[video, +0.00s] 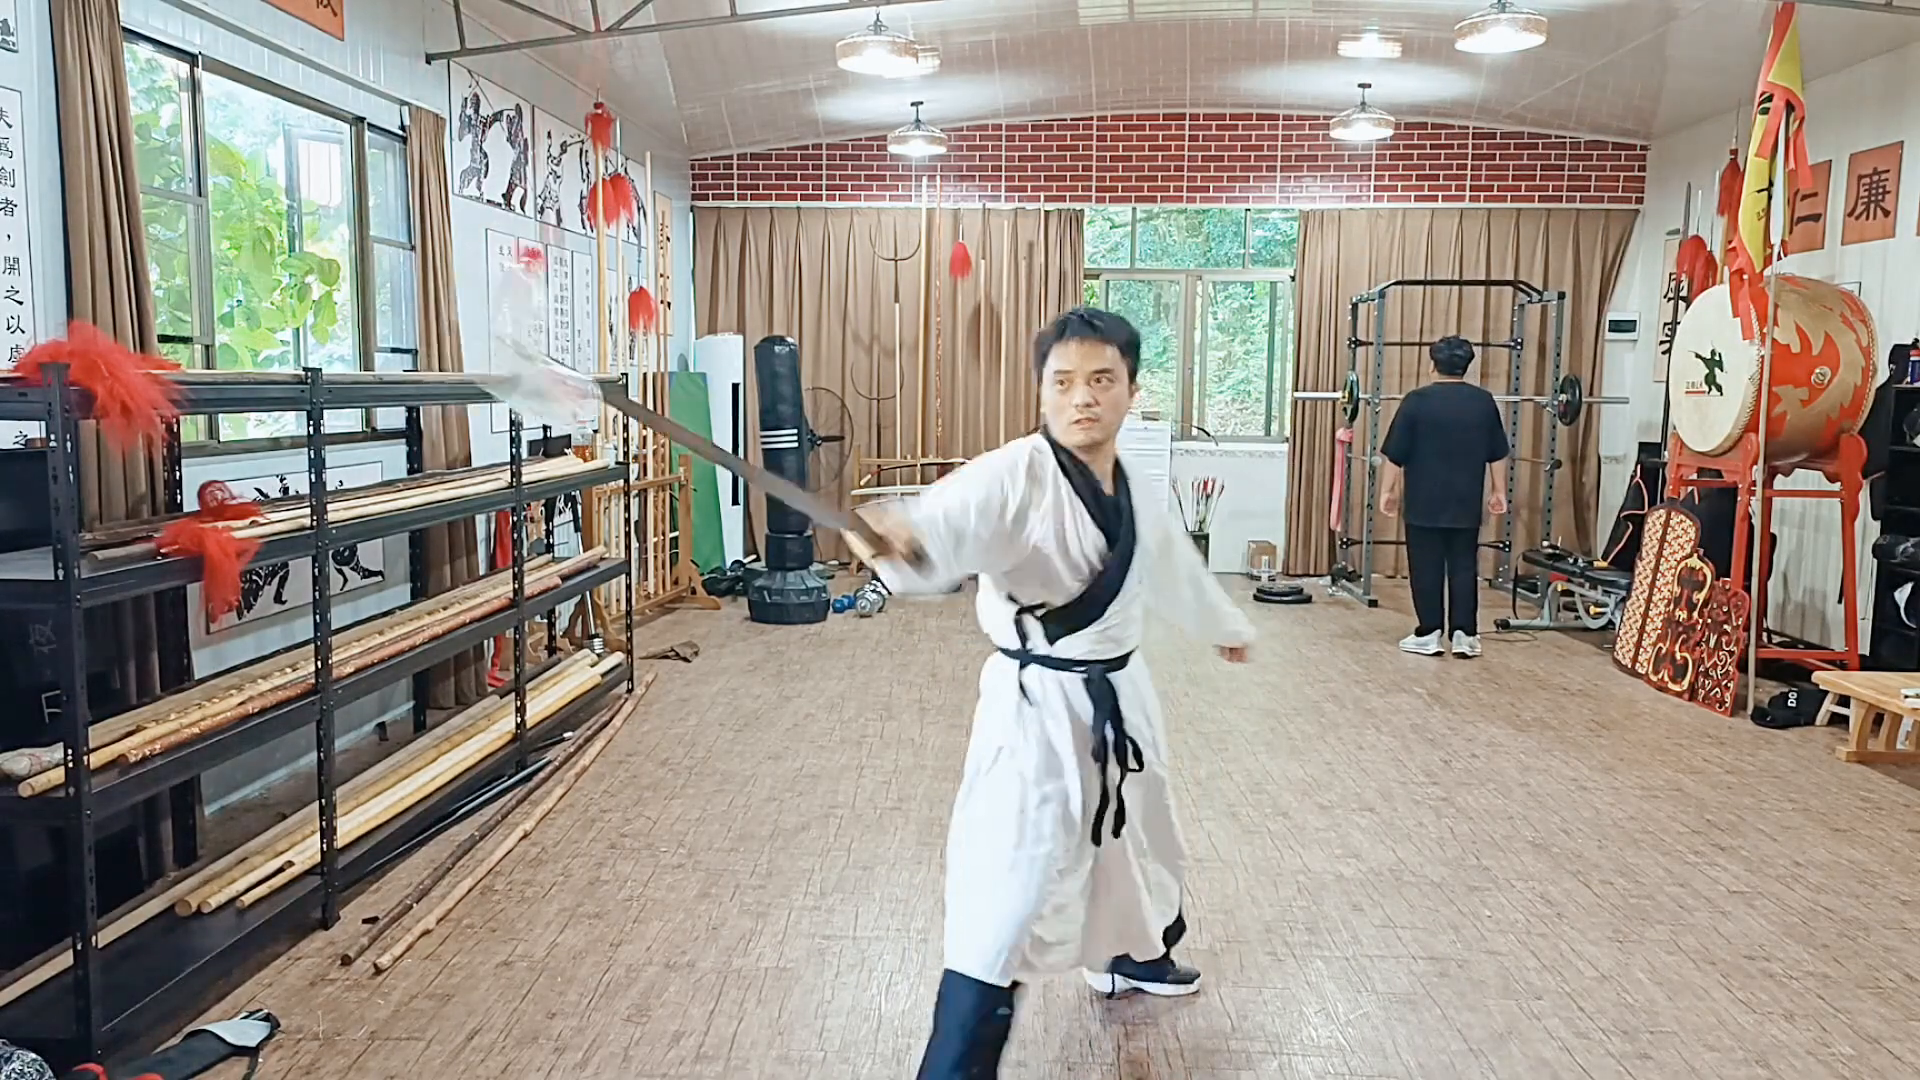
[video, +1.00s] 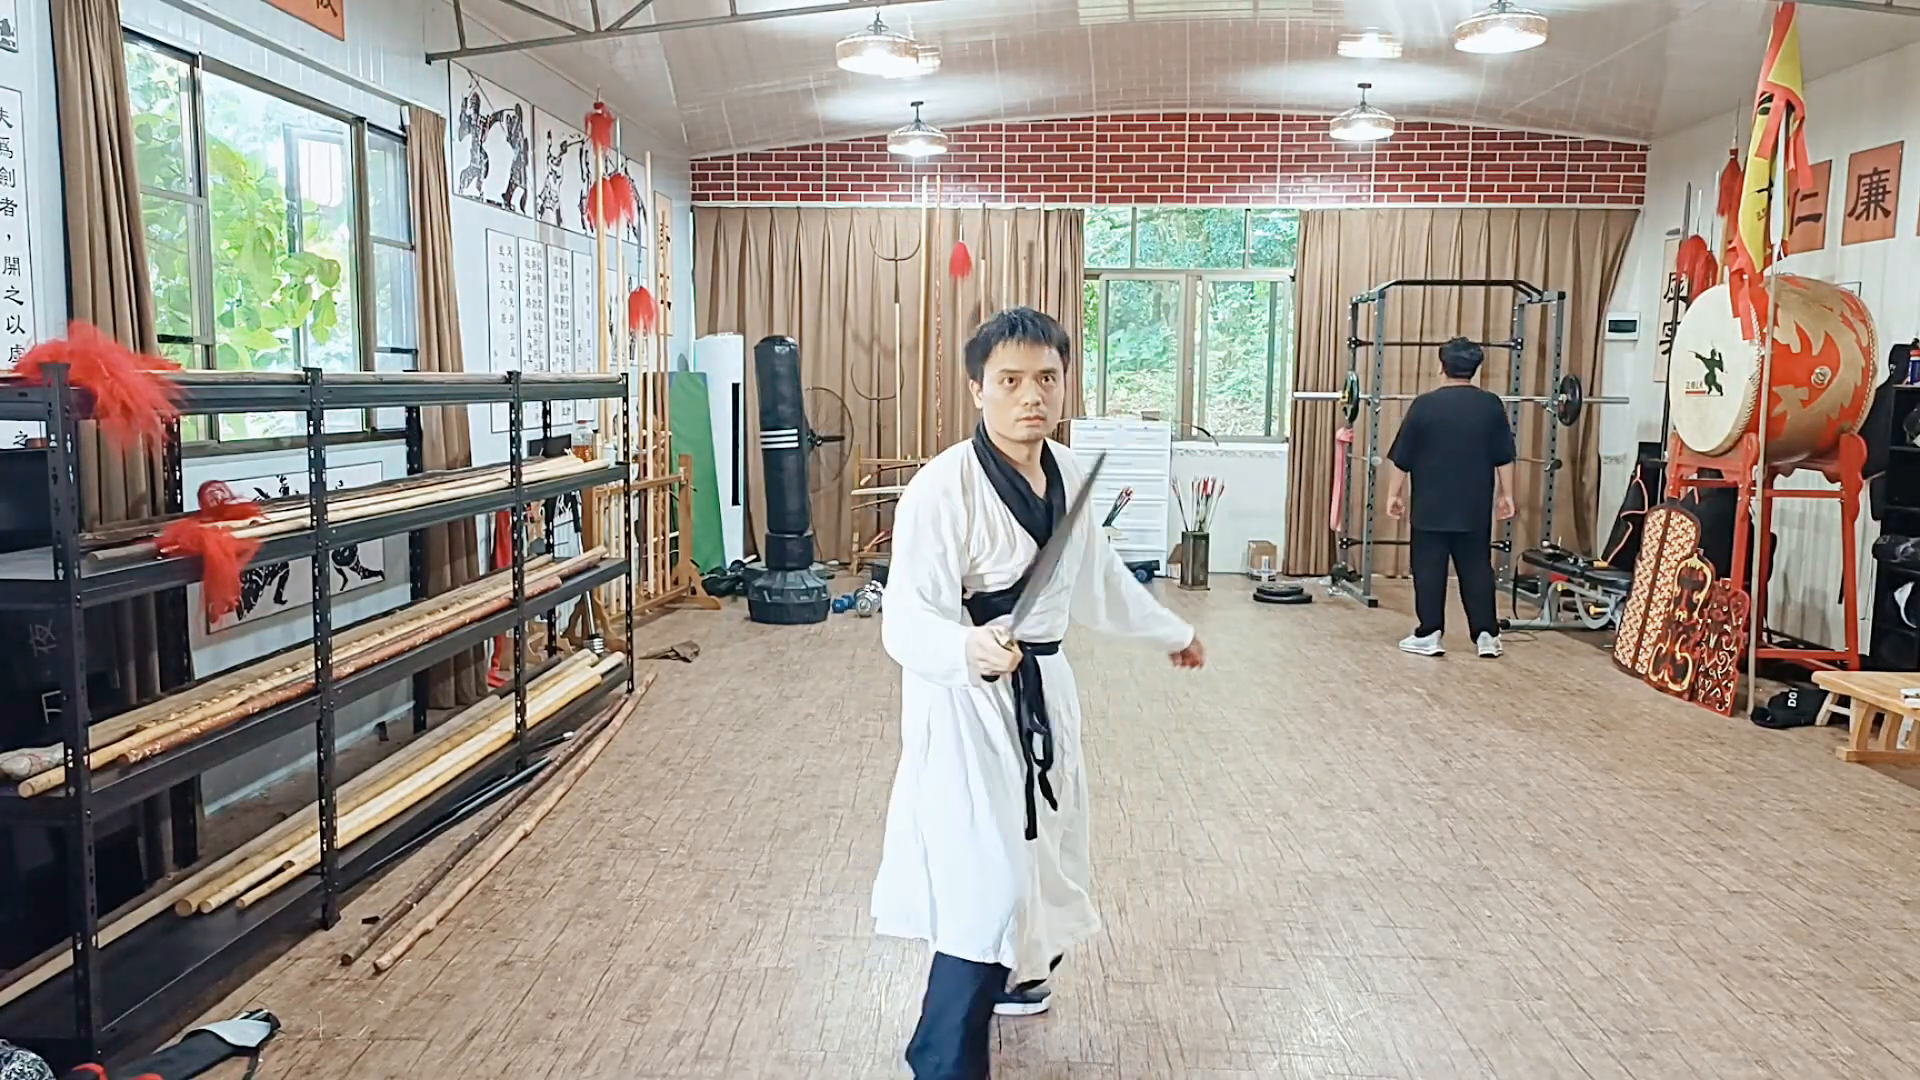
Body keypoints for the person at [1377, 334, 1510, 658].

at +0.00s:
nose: (1429, 365)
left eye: (1432, 361)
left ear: (1434, 365)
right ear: (1466, 367)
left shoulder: (1417, 400)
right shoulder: (1482, 400)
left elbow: (1395, 453)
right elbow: (1497, 452)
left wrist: (1387, 489)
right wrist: (1499, 490)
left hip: (1423, 504)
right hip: (1466, 505)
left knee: (1425, 568)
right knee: (1464, 567)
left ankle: (1428, 634)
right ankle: (1464, 635)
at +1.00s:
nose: (1438, 368)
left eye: (1440, 364)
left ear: (1442, 368)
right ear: (1475, 369)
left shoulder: (1425, 404)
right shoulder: (1490, 405)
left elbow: (1402, 456)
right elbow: (1503, 456)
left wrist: (1394, 493)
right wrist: (1507, 494)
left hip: (1430, 508)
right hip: (1474, 508)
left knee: (1429, 571)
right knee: (1476, 570)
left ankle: (1429, 634)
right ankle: (1486, 635)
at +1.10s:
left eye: (1444, 367)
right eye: (1488, 369)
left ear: (1448, 370)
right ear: (1483, 372)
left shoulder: (1430, 404)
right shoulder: (1495, 404)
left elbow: (1409, 457)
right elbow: (1509, 456)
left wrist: (1400, 495)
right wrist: (1510, 493)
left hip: (1434, 506)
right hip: (1478, 507)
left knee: (1432, 572)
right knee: (1480, 570)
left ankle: (1429, 634)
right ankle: (1486, 636)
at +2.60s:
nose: (1442, 370)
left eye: (1444, 366)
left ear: (1445, 369)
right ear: (1477, 371)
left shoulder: (1430, 404)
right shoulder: (1492, 405)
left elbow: (1408, 455)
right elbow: (1506, 455)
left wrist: (1401, 488)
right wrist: (1504, 491)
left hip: (1433, 505)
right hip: (1475, 506)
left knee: (1428, 568)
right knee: (1476, 568)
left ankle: (1423, 626)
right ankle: (1485, 633)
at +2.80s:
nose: (1429, 370)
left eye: (1430, 366)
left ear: (1431, 369)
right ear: (1463, 370)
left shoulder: (1414, 405)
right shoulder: (1478, 406)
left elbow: (1390, 456)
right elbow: (1491, 457)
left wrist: (1384, 487)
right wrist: (1488, 492)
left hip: (1418, 507)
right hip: (1459, 507)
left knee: (1417, 568)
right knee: (1460, 560)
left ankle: (1422, 626)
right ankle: (1476, 617)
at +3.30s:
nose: (1409, 369)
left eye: (1410, 366)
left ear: (1411, 369)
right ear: (1442, 369)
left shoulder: (1399, 406)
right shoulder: (1459, 404)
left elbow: (1377, 456)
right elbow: (1474, 452)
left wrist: (1367, 491)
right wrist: (1474, 486)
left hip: (1407, 502)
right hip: (1445, 501)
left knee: (1411, 561)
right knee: (1437, 556)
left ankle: (1421, 625)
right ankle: (1429, 613)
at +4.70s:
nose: (1417, 370)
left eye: (1419, 366)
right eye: (1420, 366)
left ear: (1423, 369)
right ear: (1453, 373)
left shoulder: (1405, 401)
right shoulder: (1463, 406)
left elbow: (1383, 447)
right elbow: (1471, 455)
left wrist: (1375, 478)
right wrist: (1468, 485)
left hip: (1406, 493)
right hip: (1442, 495)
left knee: (1397, 546)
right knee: (1434, 550)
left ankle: (1405, 603)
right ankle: (1423, 610)